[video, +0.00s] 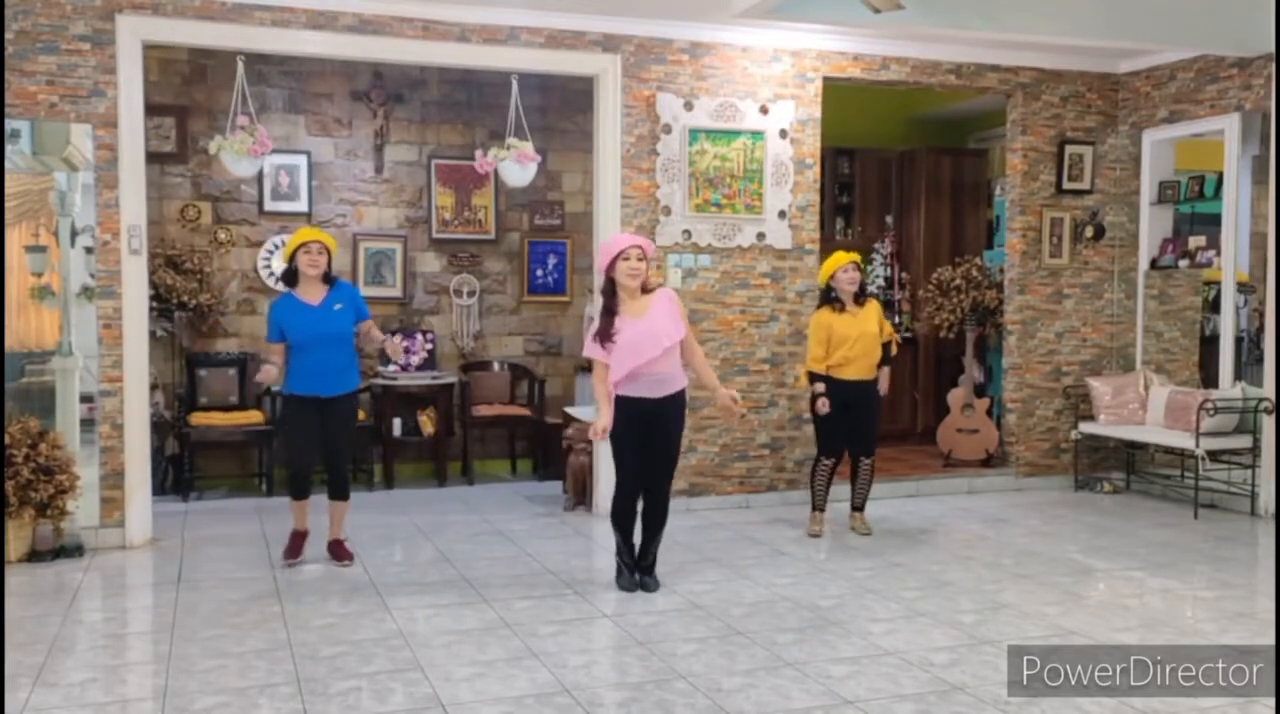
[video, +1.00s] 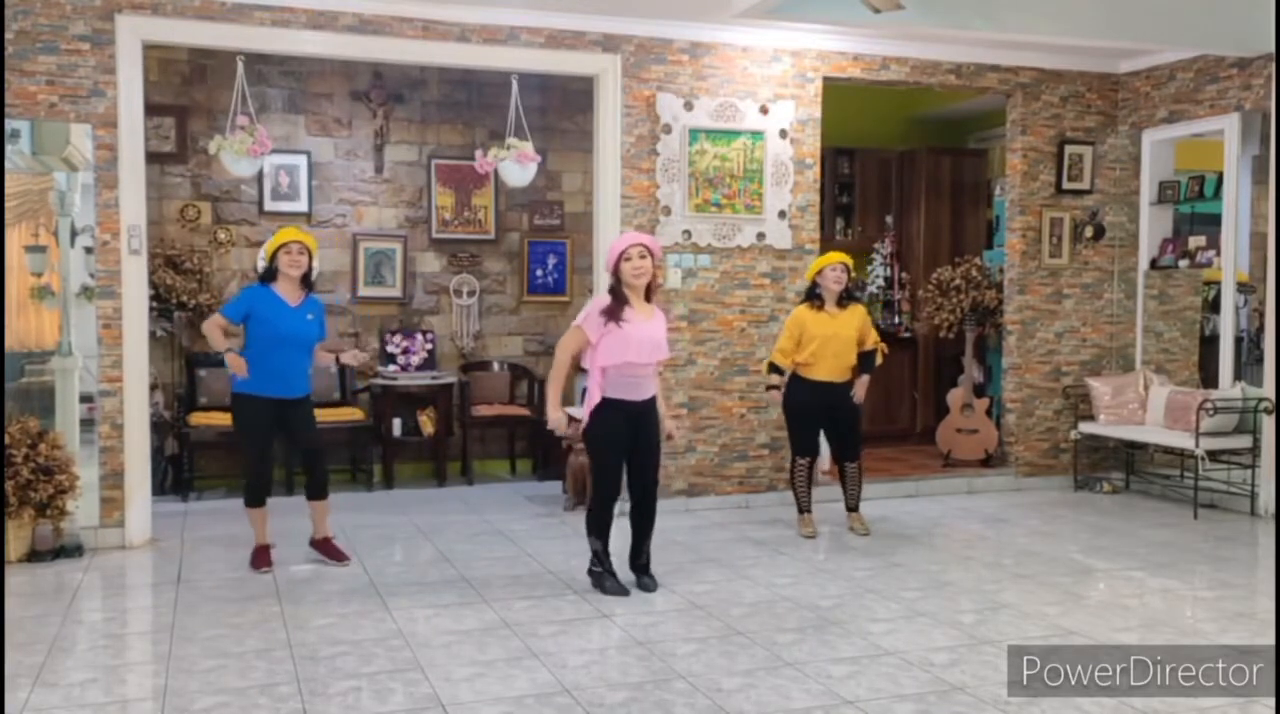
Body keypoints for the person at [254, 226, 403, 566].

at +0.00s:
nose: (314, 257)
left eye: (320, 252)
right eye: (307, 252)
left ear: (329, 260)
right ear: (295, 260)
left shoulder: (347, 294)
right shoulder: (281, 307)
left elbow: (368, 332)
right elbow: (277, 355)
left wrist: (384, 343)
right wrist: (271, 369)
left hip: (341, 396)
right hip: (299, 398)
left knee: (339, 466)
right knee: (299, 466)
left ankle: (336, 538)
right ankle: (299, 531)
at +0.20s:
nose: (321, 257)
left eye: (326, 251)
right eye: (313, 251)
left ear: (335, 258)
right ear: (301, 258)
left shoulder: (351, 295)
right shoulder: (286, 304)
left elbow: (364, 337)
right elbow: (275, 350)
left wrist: (389, 341)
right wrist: (292, 363)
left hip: (344, 396)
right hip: (303, 397)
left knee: (341, 469)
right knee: (313, 470)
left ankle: (337, 539)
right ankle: (314, 539)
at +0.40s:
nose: (323, 257)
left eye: (328, 251)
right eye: (315, 251)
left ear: (337, 259)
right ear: (303, 259)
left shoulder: (351, 298)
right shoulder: (287, 303)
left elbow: (360, 343)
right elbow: (272, 349)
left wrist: (391, 339)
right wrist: (298, 355)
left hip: (343, 397)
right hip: (303, 398)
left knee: (341, 467)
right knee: (307, 467)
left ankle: (338, 538)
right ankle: (306, 533)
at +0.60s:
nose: (316, 255)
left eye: (322, 249)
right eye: (309, 249)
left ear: (331, 257)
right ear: (297, 256)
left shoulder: (341, 299)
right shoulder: (281, 297)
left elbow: (346, 346)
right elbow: (259, 342)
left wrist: (380, 337)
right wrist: (291, 349)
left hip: (332, 395)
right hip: (291, 395)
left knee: (333, 466)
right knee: (292, 464)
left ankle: (336, 539)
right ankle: (270, 538)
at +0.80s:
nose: (306, 254)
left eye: (312, 249)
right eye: (298, 249)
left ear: (319, 258)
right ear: (286, 256)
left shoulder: (324, 302)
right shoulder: (267, 295)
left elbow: (326, 351)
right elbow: (230, 329)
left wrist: (361, 346)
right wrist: (262, 351)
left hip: (312, 396)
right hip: (270, 396)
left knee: (321, 465)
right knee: (266, 467)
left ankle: (334, 539)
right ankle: (263, 543)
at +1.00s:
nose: (295, 257)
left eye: (301, 252)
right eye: (287, 252)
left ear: (310, 262)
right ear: (275, 259)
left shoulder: (314, 306)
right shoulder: (255, 295)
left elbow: (314, 354)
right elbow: (211, 325)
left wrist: (341, 358)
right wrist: (228, 352)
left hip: (297, 399)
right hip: (253, 397)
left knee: (316, 463)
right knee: (258, 469)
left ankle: (322, 537)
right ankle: (262, 544)